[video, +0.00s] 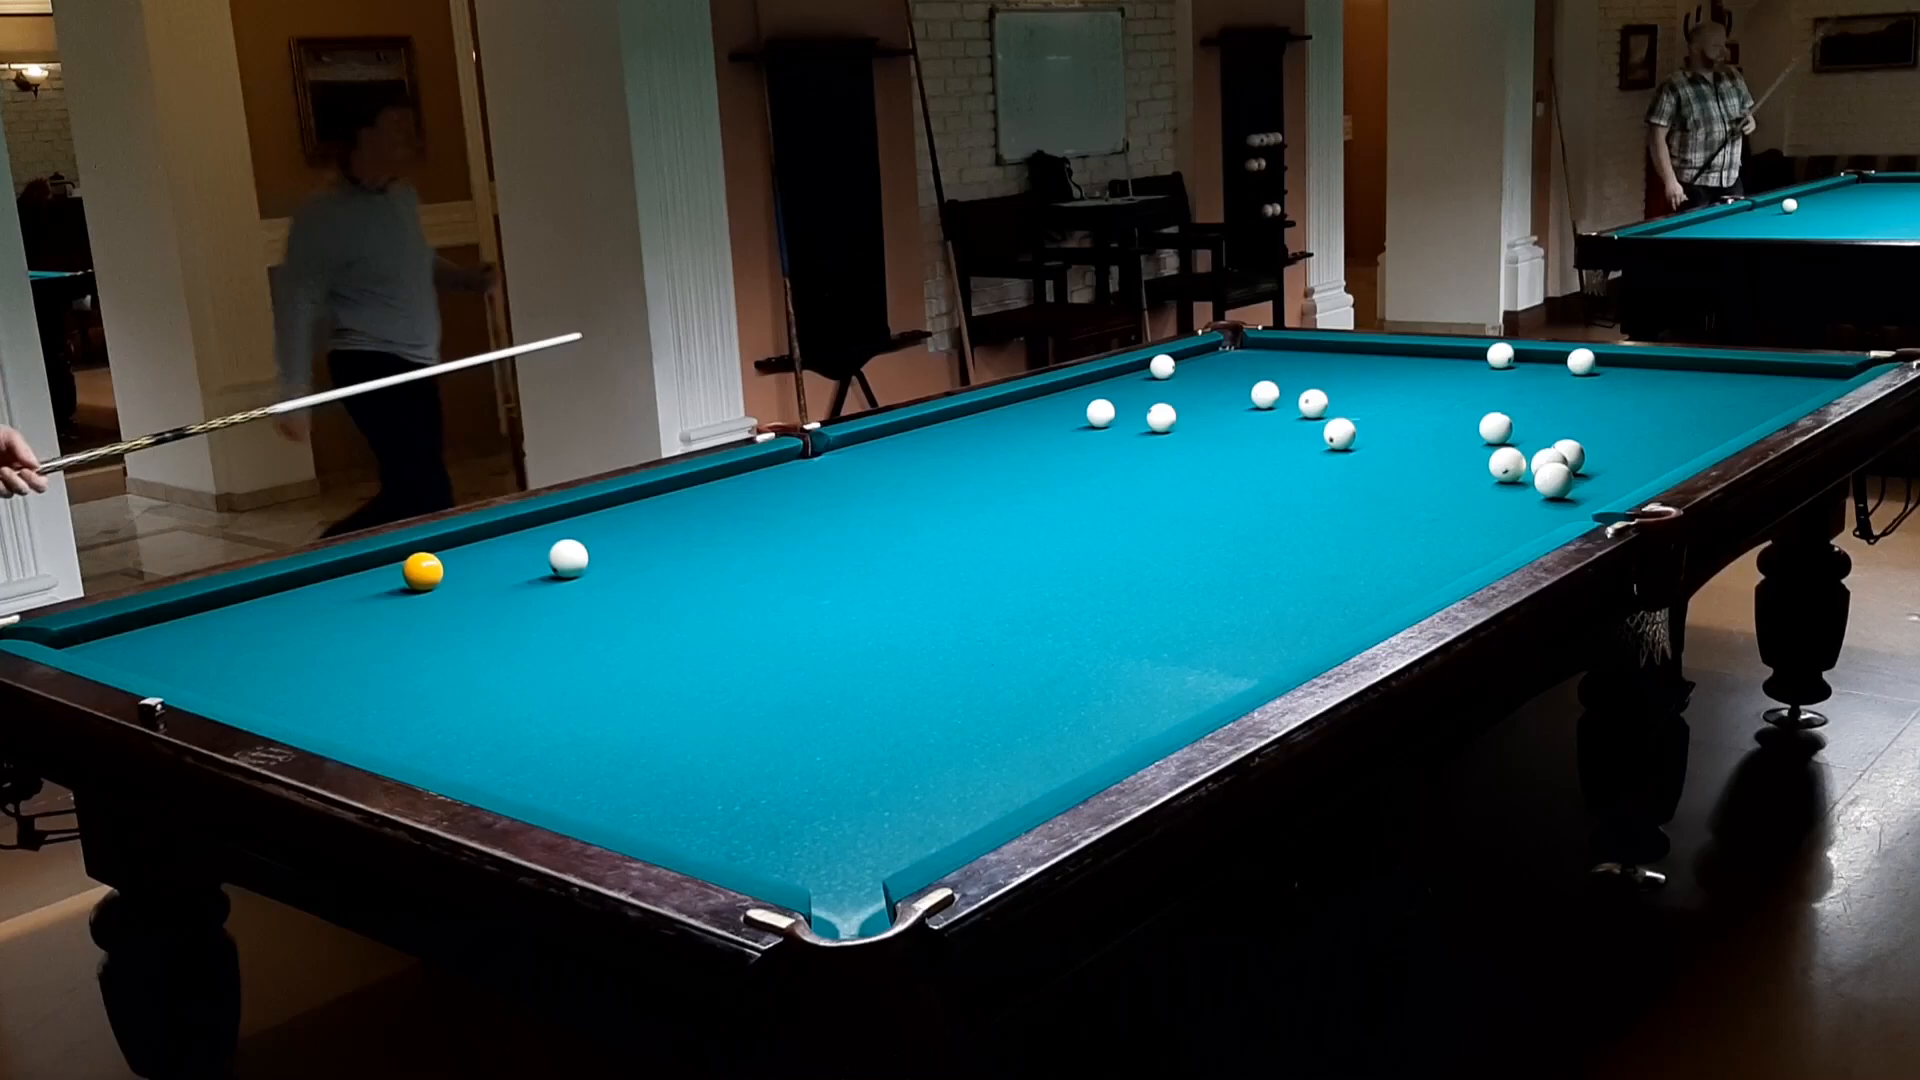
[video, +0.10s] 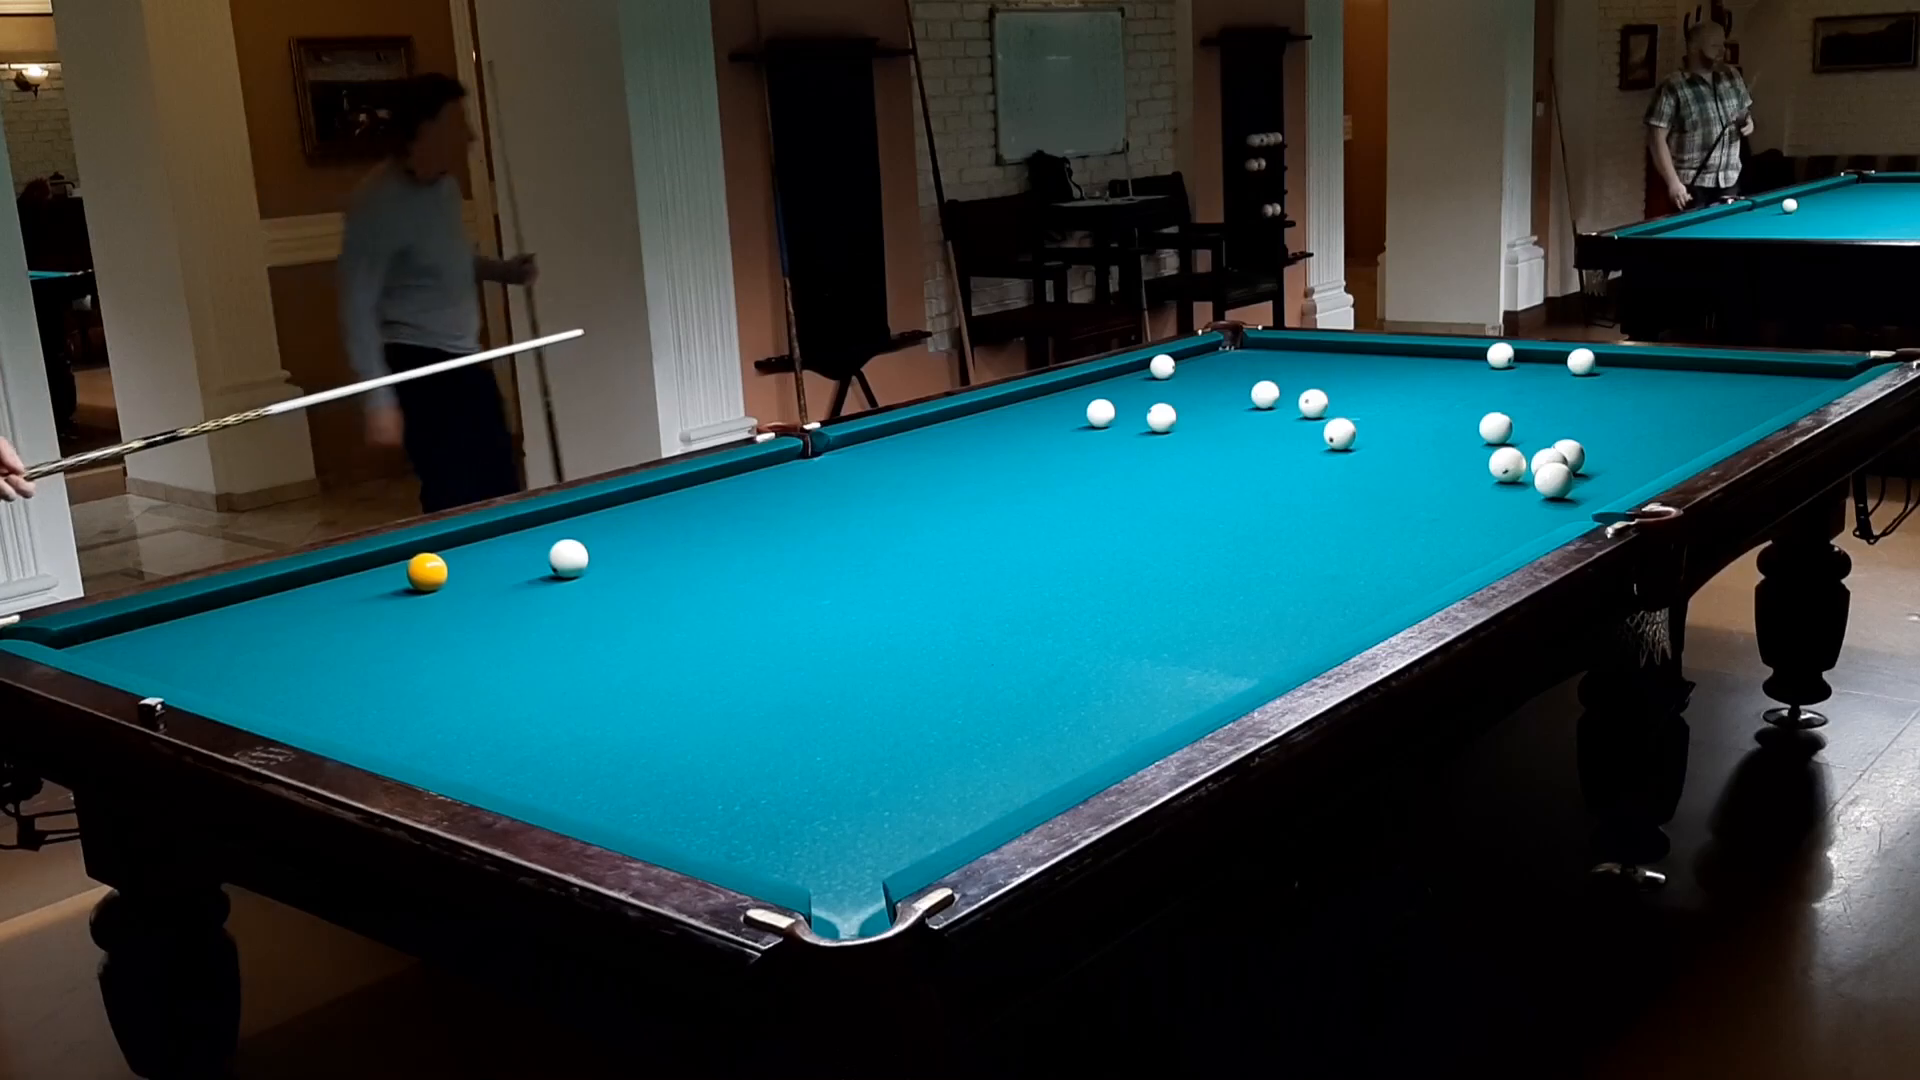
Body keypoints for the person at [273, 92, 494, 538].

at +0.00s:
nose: (402, 150)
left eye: (404, 139)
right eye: (390, 139)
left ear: (407, 143)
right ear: (357, 143)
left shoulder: (402, 200)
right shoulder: (325, 214)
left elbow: (418, 262)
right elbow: (295, 305)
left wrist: (472, 280)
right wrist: (294, 397)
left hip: (416, 362)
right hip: (368, 364)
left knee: (411, 494)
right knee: (427, 493)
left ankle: (326, 555)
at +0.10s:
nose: (468, 135)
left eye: (463, 121)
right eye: (456, 122)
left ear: (432, 132)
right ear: (423, 131)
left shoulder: (444, 188)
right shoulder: (379, 201)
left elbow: (447, 261)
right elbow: (357, 308)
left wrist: (502, 271)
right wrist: (379, 397)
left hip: (466, 359)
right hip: (418, 365)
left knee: (498, 485)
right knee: (454, 496)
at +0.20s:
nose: (526, 128)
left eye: (522, 115)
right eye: (515, 115)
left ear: (485, 124)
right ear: (483, 122)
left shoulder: (484, 179)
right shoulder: (436, 189)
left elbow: (482, 256)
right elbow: (417, 297)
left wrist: (539, 263)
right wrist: (468, 375)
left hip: (499, 353)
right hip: (450, 357)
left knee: (560, 469)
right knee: (461, 497)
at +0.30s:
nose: (582, 128)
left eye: (578, 115)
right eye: (572, 115)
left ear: (544, 126)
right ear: (543, 123)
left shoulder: (535, 179)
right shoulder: (494, 188)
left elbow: (529, 259)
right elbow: (481, 290)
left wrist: (583, 262)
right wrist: (553, 352)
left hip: (545, 359)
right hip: (500, 362)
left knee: (603, 484)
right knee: (481, 503)